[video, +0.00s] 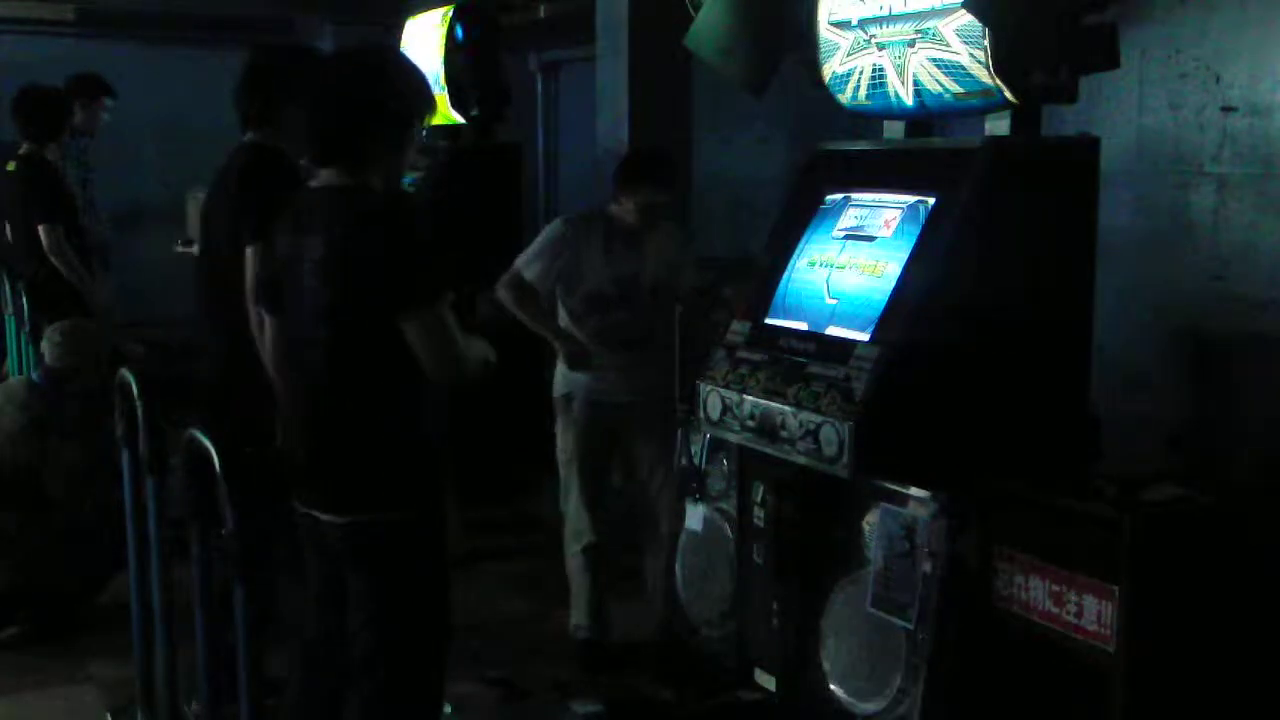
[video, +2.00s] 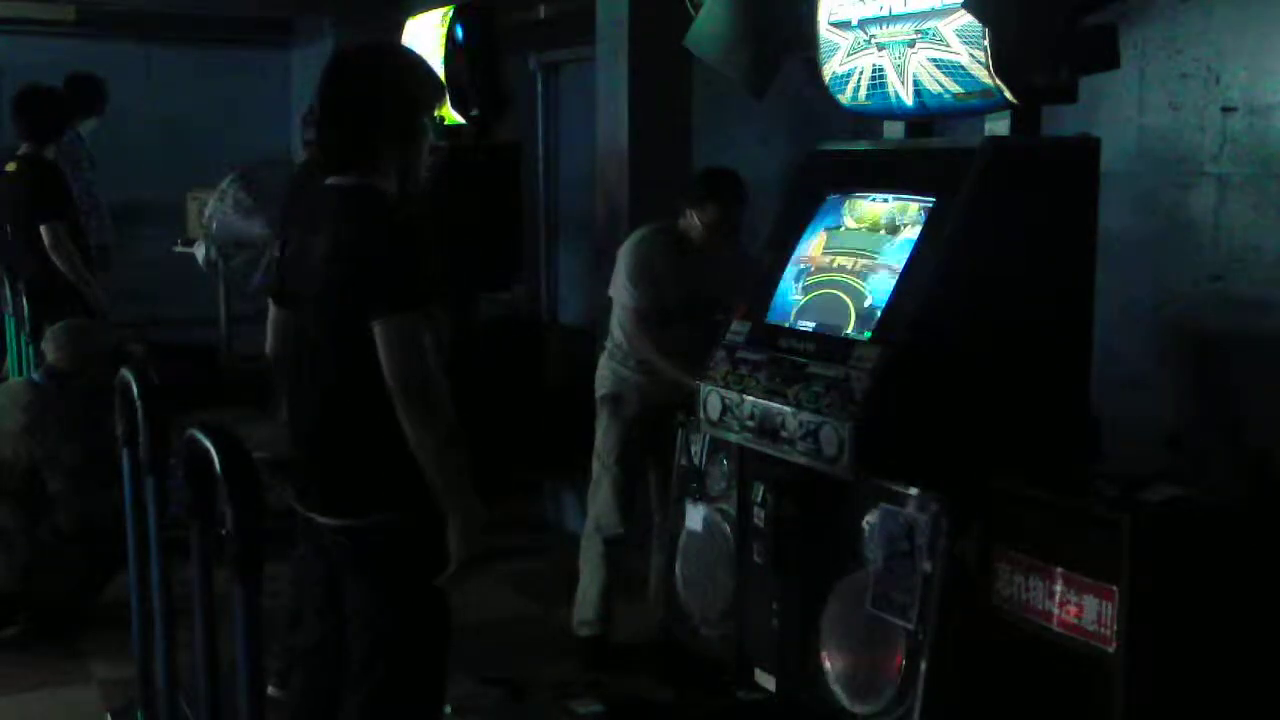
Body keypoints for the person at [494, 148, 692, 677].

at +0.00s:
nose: (648, 216)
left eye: (657, 206)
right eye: (641, 204)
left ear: (667, 204)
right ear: (620, 196)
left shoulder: (667, 242)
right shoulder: (572, 234)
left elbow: (689, 304)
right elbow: (513, 288)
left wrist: (678, 360)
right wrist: (561, 338)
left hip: (649, 390)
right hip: (584, 391)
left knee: (661, 508)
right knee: (585, 513)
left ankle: (663, 624)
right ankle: (587, 628)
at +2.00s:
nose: (720, 233)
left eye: (726, 223)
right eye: (714, 221)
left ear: (732, 221)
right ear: (690, 212)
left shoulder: (720, 258)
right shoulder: (645, 249)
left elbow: (737, 319)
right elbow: (631, 333)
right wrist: (686, 378)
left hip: (680, 389)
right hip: (626, 385)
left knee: (674, 507)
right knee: (612, 507)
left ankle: (667, 623)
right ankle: (591, 625)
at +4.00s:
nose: (576, 219)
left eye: (579, 208)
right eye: (572, 210)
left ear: (604, 198)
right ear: (588, 206)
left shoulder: (648, 239)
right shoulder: (604, 242)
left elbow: (663, 321)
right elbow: (608, 321)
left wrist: (636, 384)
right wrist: (601, 379)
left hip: (653, 386)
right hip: (615, 382)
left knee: (643, 499)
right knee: (598, 495)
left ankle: (651, 602)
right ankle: (605, 593)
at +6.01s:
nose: (582, 203)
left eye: (586, 192)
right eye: (579, 194)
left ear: (610, 188)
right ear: (595, 192)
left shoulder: (649, 230)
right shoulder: (615, 233)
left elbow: (668, 304)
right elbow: (619, 308)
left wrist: (665, 380)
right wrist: (607, 365)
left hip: (641, 375)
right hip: (611, 372)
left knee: (642, 484)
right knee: (616, 482)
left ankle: (654, 586)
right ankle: (633, 580)